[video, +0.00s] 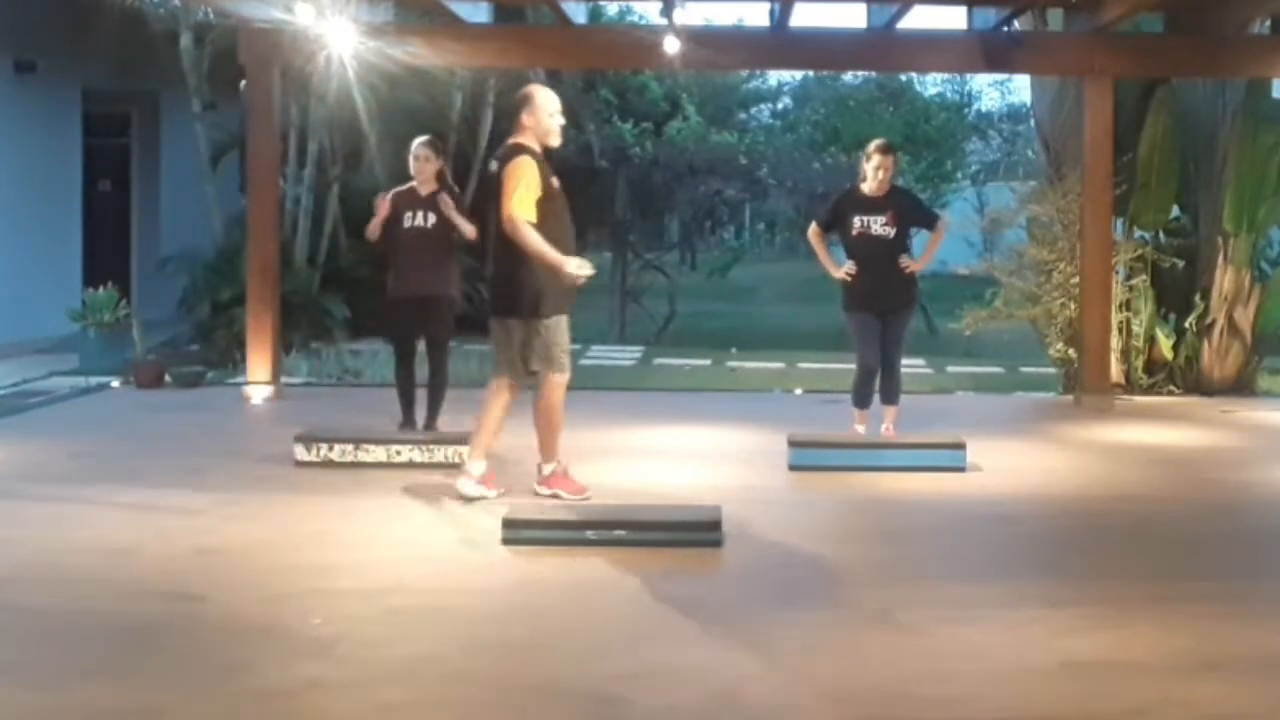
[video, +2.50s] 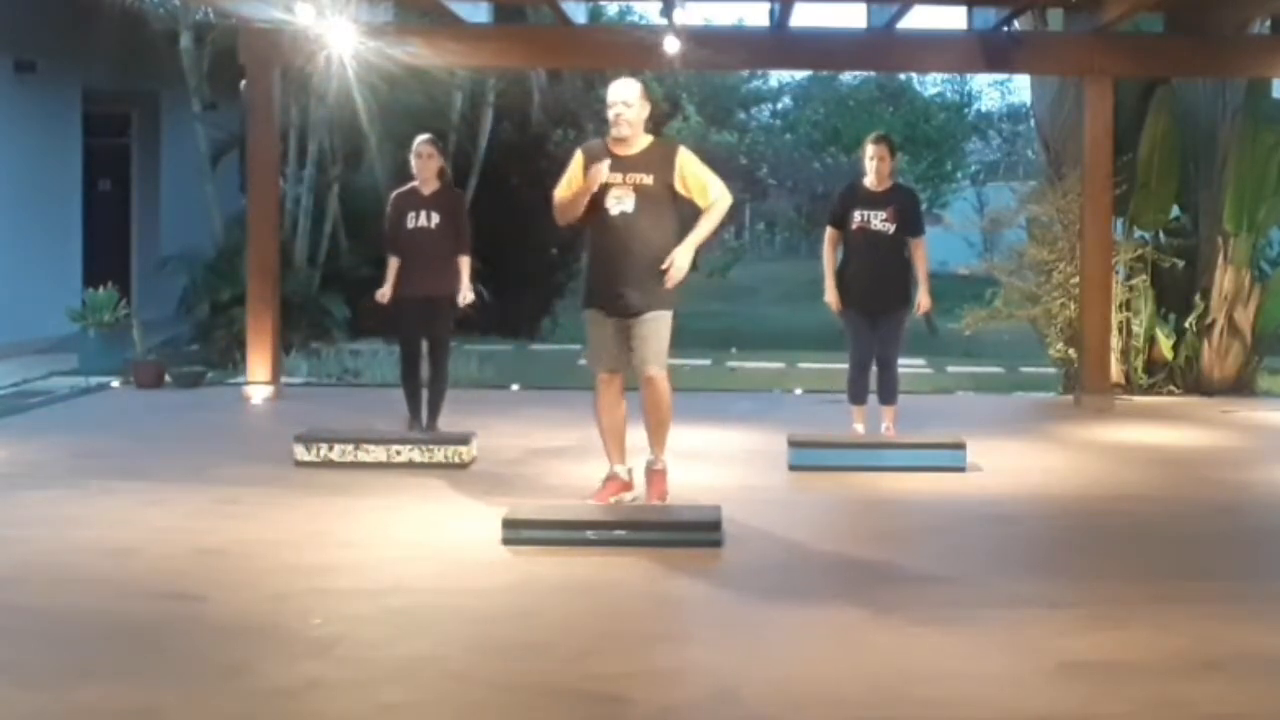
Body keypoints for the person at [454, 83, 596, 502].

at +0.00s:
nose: (561, 123)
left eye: (560, 114)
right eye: (553, 114)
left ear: (530, 120)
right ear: (528, 118)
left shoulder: (512, 158)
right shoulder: (526, 161)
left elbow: (506, 223)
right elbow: (515, 218)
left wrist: (558, 263)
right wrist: (562, 262)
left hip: (510, 293)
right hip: (539, 294)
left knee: (507, 377)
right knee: (556, 374)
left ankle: (473, 468)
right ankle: (550, 469)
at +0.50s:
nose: (601, 117)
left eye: (603, 109)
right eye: (591, 109)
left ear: (606, 113)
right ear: (569, 114)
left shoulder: (603, 159)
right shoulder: (550, 159)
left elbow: (613, 217)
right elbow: (531, 221)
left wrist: (666, 228)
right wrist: (547, 278)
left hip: (605, 291)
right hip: (567, 291)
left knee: (610, 375)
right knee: (569, 379)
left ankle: (623, 464)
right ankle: (551, 469)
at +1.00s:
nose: (608, 115)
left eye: (616, 107)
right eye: (601, 108)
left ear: (630, 111)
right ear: (590, 112)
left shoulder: (653, 161)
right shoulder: (568, 159)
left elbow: (675, 219)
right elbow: (547, 220)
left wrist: (667, 273)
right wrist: (530, 273)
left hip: (638, 290)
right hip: (584, 291)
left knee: (641, 375)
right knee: (593, 376)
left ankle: (631, 464)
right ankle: (604, 470)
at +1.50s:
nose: (623, 115)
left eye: (631, 107)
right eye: (617, 107)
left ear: (647, 111)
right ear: (607, 111)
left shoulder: (669, 159)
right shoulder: (586, 155)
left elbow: (692, 221)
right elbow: (569, 213)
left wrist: (664, 199)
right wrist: (565, 210)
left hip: (647, 289)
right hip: (594, 288)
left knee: (651, 378)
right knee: (599, 378)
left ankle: (653, 472)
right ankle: (603, 472)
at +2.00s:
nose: (631, 118)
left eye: (639, 110)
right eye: (626, 110)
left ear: (663, 113)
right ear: (621, 114)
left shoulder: (685, 156)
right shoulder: (607, 154)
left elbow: (683, 201)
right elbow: (583, 206)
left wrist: (634, 159)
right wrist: (595, 219)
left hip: (662, 289)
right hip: (610, 283)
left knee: (661, 379)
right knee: (594, 363)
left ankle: (656, 470)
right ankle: (603, 449)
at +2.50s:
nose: (616, 114)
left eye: (625, 106)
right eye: (611, 106)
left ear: (645, 111)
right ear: (605, 112)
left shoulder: (672, 156)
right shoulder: (589, 156)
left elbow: (721, 198)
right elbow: (562, 214)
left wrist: (687, 248)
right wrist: (588, 187)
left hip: (652, 290)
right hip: (602, 290)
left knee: (652, 375)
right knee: (607, 379)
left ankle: (657, 465)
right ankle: (618, 473)